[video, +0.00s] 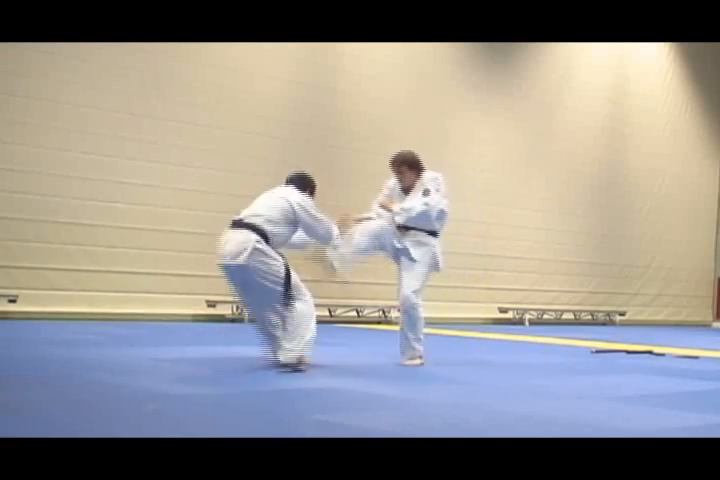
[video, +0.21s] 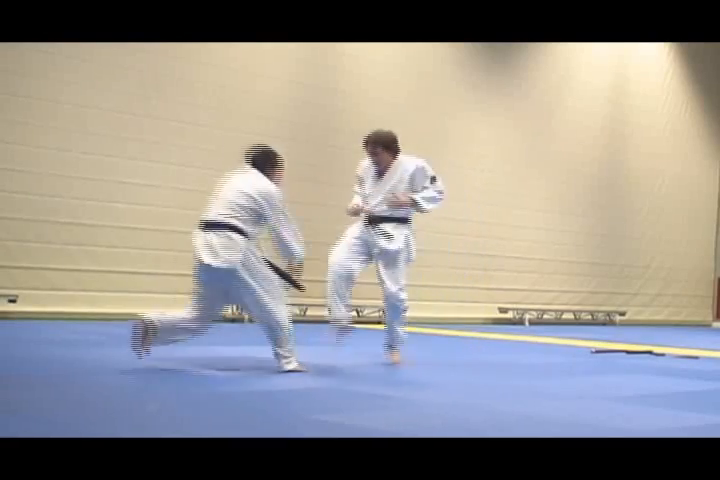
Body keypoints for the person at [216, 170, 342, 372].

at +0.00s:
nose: (312, 199)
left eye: (312, 195)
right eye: (312, 194)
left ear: (289, 185)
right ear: (307, 190)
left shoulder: (271, 195)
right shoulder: (297, 198)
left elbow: (283, 238)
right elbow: (325, 232)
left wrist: (316, 238)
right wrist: (337, 227)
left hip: (227, 248)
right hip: (251, 247)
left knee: (264, 305)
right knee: (301, 299)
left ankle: (282, 354)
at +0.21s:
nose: (282, 175)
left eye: (282, 170)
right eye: (280, 170)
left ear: (254, 165)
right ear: (270, 169)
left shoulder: (233, 178)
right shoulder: (267, 189)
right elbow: (283, 228)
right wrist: (296, 257)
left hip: (204, 243)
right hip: (230, 246)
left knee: (202, 316)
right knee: (270, 301)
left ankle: (153, 327)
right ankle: (287, 360)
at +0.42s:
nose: (219, 149)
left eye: (219, 143)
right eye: (216, 143)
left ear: (191, 143)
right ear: (204, 144)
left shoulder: (173, 161)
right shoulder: (197, 164)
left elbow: (161, 204)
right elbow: (187, 202)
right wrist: (205, 241)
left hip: (144, 236)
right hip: (170, 238)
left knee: (142, 302)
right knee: (212, 302)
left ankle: (108, 357)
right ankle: (193, 358)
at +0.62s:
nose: (175, 140)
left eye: (175, 134)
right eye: (172, 135)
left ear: (148, 132)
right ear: (161, 134)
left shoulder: (129, 153)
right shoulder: (149, 154)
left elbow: (126, 200)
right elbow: (165, 192)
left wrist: (155, 224)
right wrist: (201, 211)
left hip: (108, 229)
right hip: (119, 230)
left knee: (135, 295)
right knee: (101, 300)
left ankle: (111, 358)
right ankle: (41, 350)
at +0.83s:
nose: (143, 140)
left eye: (143, 136)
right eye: (141, 136)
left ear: (114, 129)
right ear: (133, 135)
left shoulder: (97, 143)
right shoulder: (115, 153)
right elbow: (146, 183)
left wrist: (141, 154)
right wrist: (168, 207)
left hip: (77, 227)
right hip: (78, 229)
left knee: (108, 291)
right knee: (79, 304)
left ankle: (111, 358)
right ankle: (28, 361)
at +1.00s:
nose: (140, 153)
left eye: (140, 147)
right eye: (140, 149)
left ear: (112, 138)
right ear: (135, 151)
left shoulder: (85, 143)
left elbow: (66, 123)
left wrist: (81, 99)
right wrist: (133, 261)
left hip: (40, 221)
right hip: (59, 229)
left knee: (78, 289)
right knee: (67, 295)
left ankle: (83, 351)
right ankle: (33, 361)